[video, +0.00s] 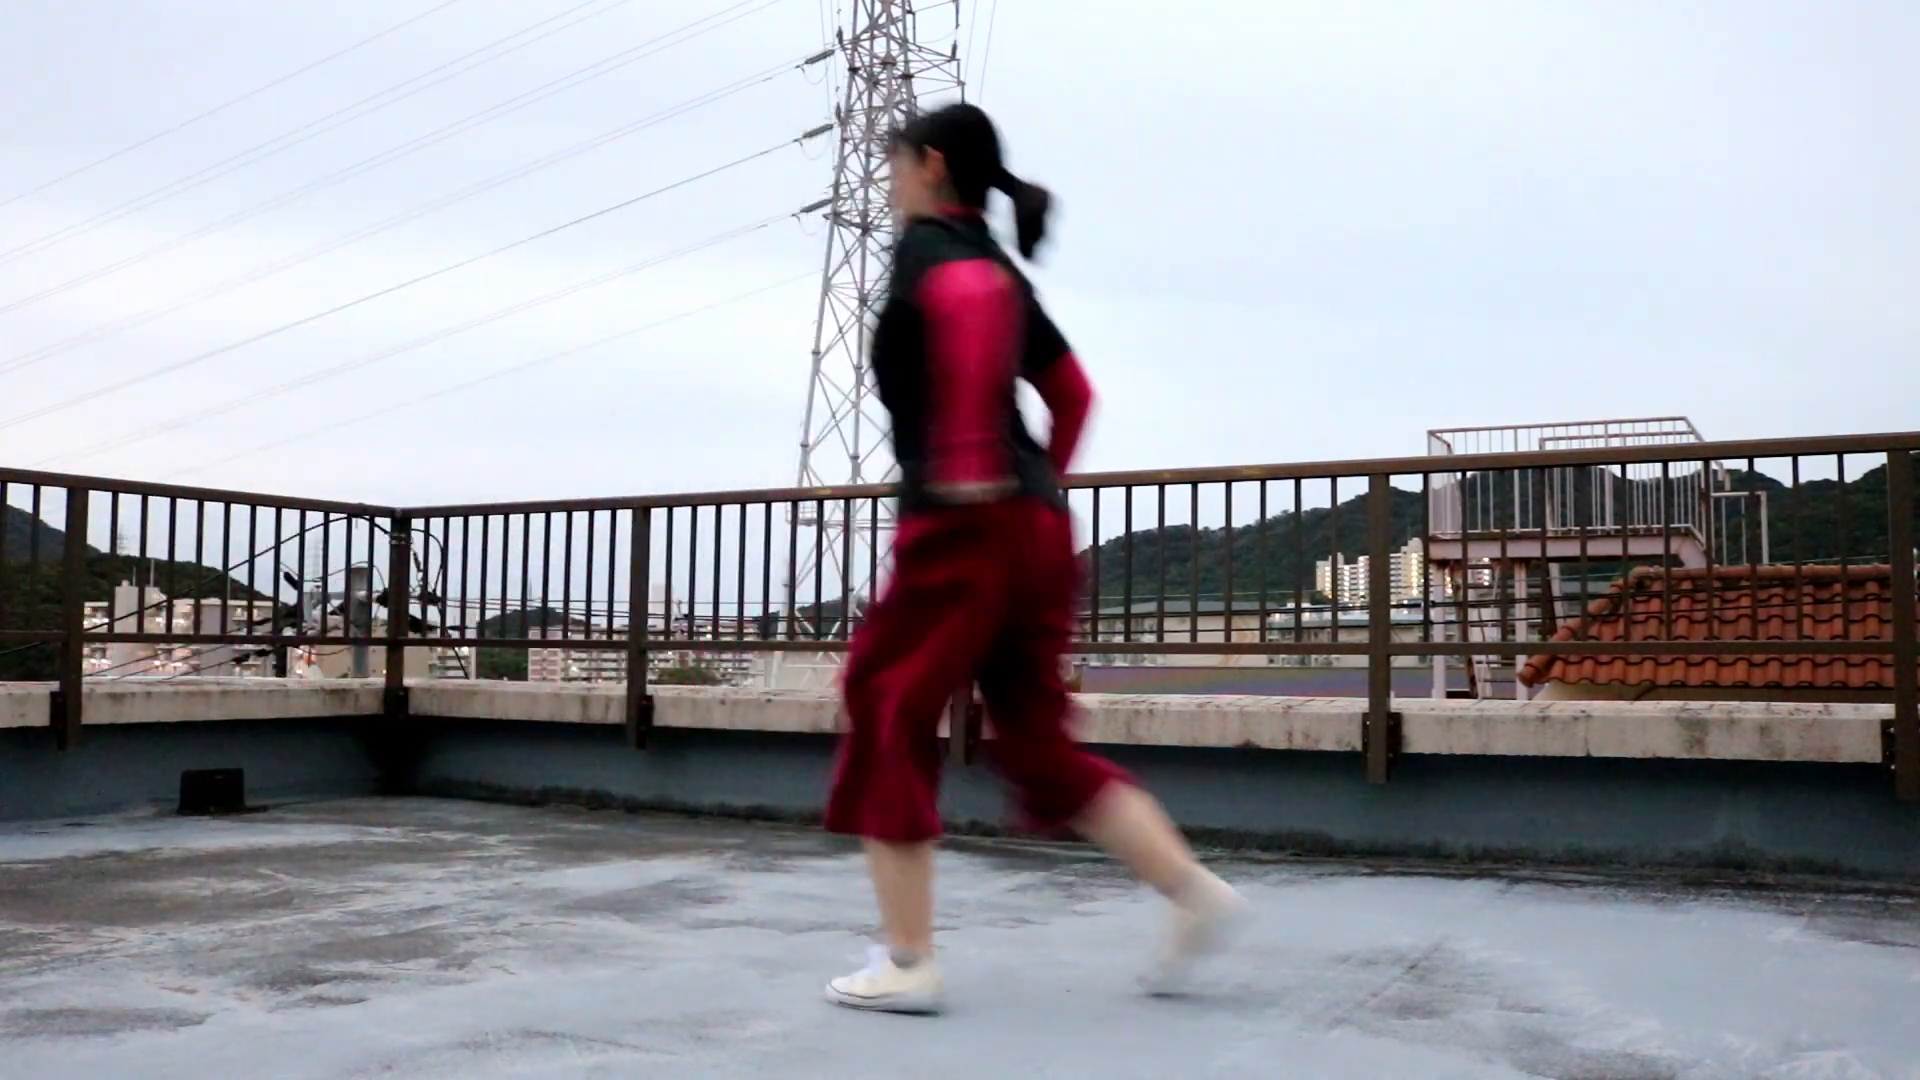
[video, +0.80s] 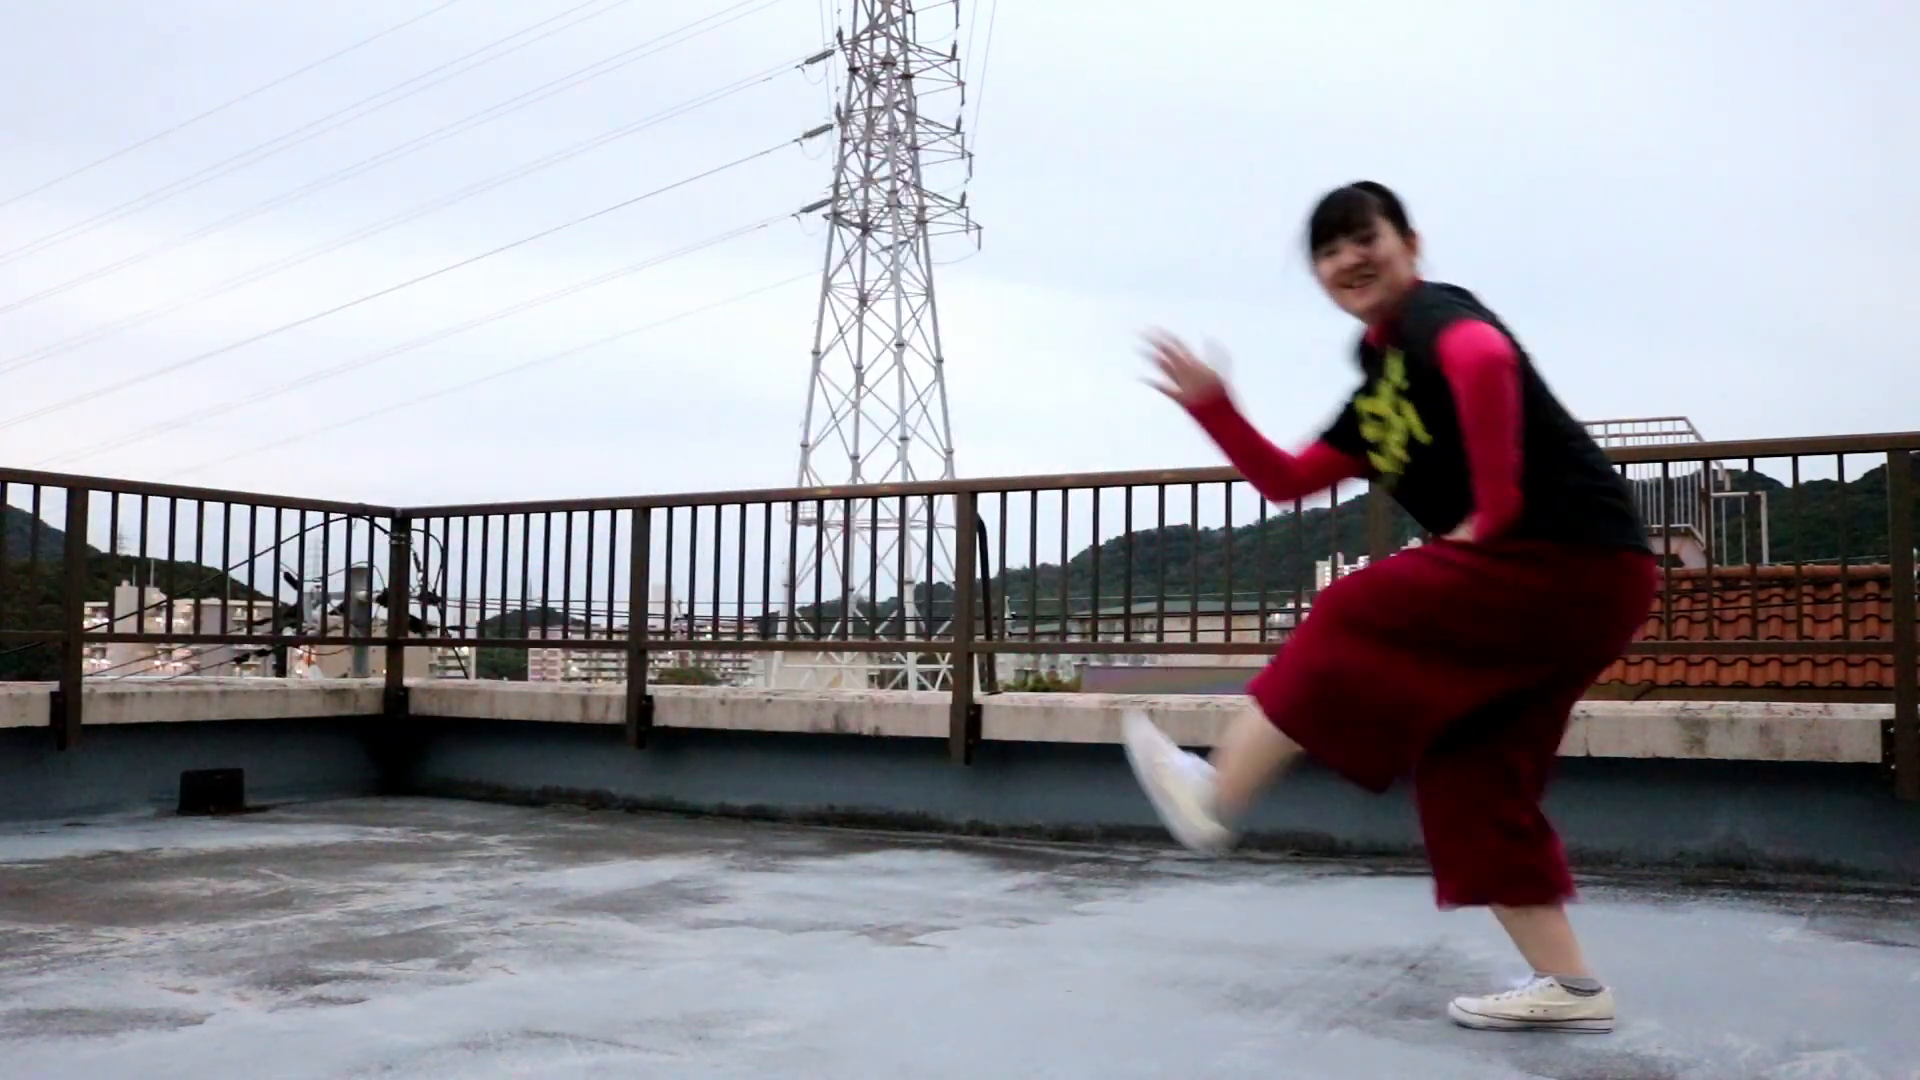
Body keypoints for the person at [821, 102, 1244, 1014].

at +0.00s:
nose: (889, 175)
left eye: (899, 161)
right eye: (895, 160)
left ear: (932, 169)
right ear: (962, 179)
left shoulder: (926, 249)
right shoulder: (998, 271)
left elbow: (975, 311)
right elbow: (1074, 394)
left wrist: (966, 462)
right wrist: (1042, 490)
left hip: (958, 531)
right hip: (1036, 531)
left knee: (884, 705)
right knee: (1034, 737)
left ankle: (909, 960)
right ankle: (1194, 890)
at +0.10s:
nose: (958, 205)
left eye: (967, 189)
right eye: (962, 190)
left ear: (1000, 194)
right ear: (1022, 200)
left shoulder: (1006, 271)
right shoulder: (1042, 281)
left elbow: (1079, 353)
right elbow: (1120, 423)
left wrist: (1097, 488)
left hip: (1055, 554)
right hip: (1116, 549)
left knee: (972, 735)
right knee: (1127, 748)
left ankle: (918, 963)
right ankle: (1253, 947)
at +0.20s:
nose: (1029, 227)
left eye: (1043, 210)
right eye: (1029, 212)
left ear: (1097, 213)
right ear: (1098, 222)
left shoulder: (1089, 294)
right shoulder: (1134, 308)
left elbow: (1108, 400)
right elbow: (1158, 474)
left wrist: (1095, 541)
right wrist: (1056, 543)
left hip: (1173, 553)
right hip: (1234, 556)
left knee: (1046, 722)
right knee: (1188, 753)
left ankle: (1069, 937)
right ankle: (1261, 961)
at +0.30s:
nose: (1106, 213)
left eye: (1122, 194)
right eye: (1091, 207)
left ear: (1169, 197)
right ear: (1086, 227)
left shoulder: (1145, 284)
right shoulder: (1200, 283)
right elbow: (1134, 448)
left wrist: (1119, 439)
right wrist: (1050, 408)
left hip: (1245, 517)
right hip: (1314, 522)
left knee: (1108, 659)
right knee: (1253, 730)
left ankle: (1234, 805)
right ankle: (1264, 959)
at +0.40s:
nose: (1158, 206)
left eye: (1173, 184)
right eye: (1140, 201)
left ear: (1217, 187)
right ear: (1134, 232)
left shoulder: (1220, 254)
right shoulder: (1218, 297)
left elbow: (1213, 309)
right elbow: (1123, 414)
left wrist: (1234, 440)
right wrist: (1068, 350)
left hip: (1332, 480)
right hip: (1385, 495)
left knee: (1163, 602)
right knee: (1305, 736)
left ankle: (1252, 797)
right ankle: (1379, 931)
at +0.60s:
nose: (1252, 230)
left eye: (1268, 210)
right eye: (1233, 225)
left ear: (1310, 214)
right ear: (1224, 250)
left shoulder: (1337, 271)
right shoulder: (1292, 365)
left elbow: (1365, 314)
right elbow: (1196, 448)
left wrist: (1384, 457)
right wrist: (1145, 355)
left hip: (1474, 500)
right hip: (1463, 529)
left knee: (1269, 577)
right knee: (1396, 730)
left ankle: (1281, 805)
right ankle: (1454, 954)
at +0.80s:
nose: (1348, 258)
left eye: (1366, 238)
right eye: (1329, 251)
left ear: (1410, 246)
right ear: (1318, 276)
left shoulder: (1435, 312)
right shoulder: (1380, 395)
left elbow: (1486, 363)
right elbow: (1287, 480)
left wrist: (1493, 508)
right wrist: (1214, 408)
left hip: (1574, 555)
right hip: (1554, 582)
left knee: (1354, 608)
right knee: (1469, 765)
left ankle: (1217, 796)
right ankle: (1569, 982)